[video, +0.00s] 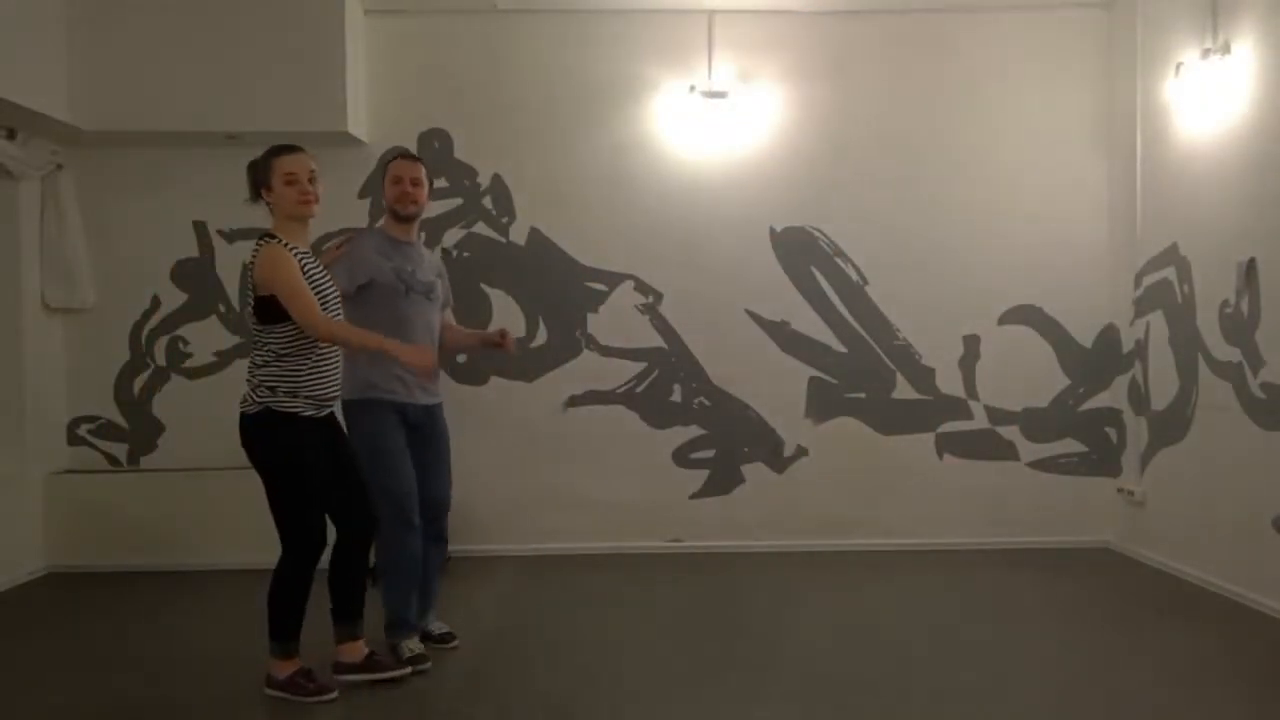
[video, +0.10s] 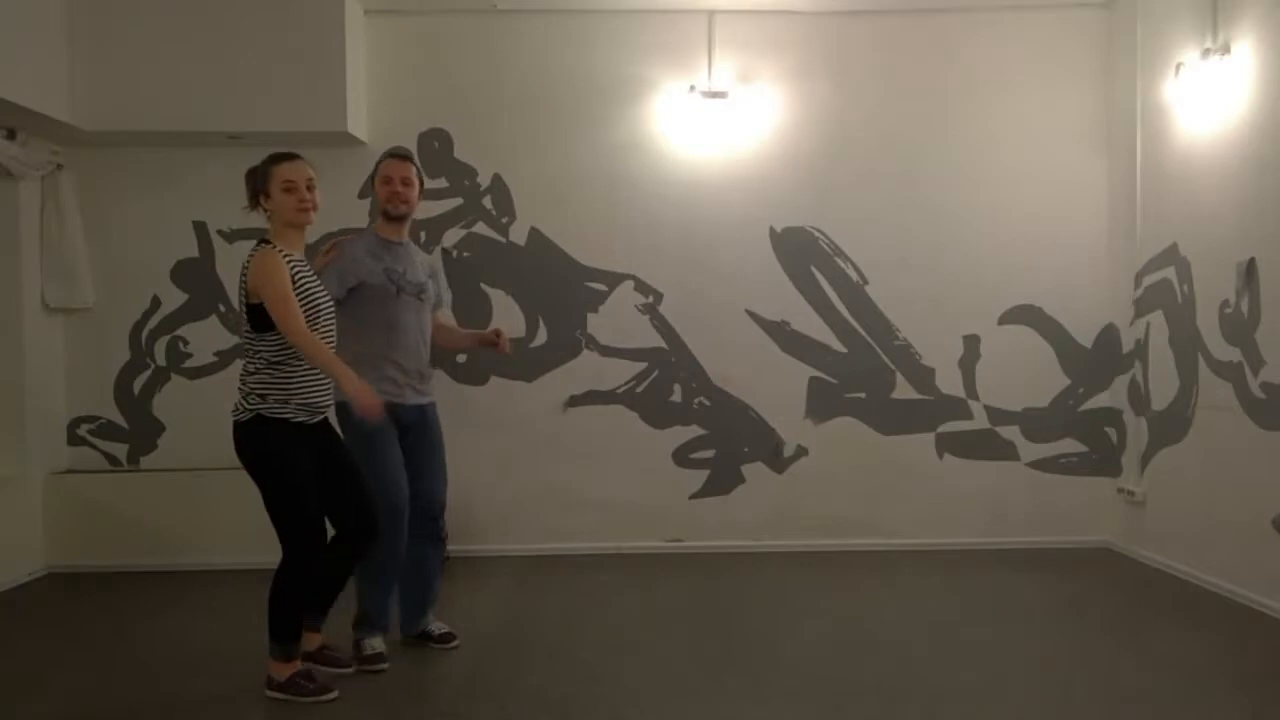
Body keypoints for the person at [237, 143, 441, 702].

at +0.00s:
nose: (307, 189)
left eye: (312, 180)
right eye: (292, 182)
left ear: (319, 189)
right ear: (267, 194)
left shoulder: (300, 254)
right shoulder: (273, 255)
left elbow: (294, 315)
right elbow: (314, 323)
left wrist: (324, 263)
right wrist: (396, 348)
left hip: (316, 417)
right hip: (277, 420)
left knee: (357, 524)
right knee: (304, 541)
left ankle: (350, 651)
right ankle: (282, 665)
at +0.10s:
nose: (303, 196)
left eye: (308, 187)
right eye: (288, 188)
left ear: (317, 196)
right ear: (264, 201)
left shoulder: (296, 260)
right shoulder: (268, 259)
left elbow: (296, 327)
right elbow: (296, 332)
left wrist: (317, 265)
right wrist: (353, 381)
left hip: (308, 421)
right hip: (269, 424)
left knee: (359, 527)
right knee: (303, 544)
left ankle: (305, 636)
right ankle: (282, 666)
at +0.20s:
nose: (303, 197)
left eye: (309, 189)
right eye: (289, 190)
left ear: (315, 199)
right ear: (262, 201)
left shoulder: (292, 260)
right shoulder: (261, 256)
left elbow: (293, 330)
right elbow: (259, 334)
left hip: (302, 418)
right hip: (271, 420)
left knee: (331, 528)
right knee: (302, 539)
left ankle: (259, 617)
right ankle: (282, 666)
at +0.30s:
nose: (298, 198)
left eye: (304, 190)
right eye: (283, 190)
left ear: (308, 199)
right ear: (256, 201)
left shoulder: (285, 257)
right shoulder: (253, 254)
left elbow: (272, 329)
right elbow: (220, 330)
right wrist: (193, 402)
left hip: (290, 417)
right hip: (260, 418)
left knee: (296, 536)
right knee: (290, 538)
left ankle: (219, 621)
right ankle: (283, 665)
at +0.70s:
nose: (260, 212)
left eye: (257, 203)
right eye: (251, 204)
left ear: (224, 214)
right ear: (225, 213)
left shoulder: (222, 267)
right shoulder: (206, 266)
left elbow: (191, 342)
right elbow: (169, 339)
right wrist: (149, 412)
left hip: (204, 424)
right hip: (193, 425)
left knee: (220, 538)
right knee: (238, 538)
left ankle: (182, 652)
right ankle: (214, 660)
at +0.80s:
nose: (241, 209)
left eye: (238, 200)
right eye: (234, 201)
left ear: (206, 211)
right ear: (207, 211)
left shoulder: (210, 262)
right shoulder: (185, 261)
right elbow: (163, 339)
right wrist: (203, 415)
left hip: (192, 422)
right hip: (171, 423)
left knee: (216, 537)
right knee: (212, 537)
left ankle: (183, 651)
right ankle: (154, 648)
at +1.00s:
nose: (207, 205)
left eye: (204, 196)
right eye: (199, 197)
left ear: (171, 208)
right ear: (170, 207)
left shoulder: (179, 268)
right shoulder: (143, 266)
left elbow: (189, 330)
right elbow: (142, 345)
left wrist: (228, 299)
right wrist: (215, 333)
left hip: (175, 426)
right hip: (128, 428)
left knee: (202, 528)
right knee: (135, 541)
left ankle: (181, 650)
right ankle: (79, 645)